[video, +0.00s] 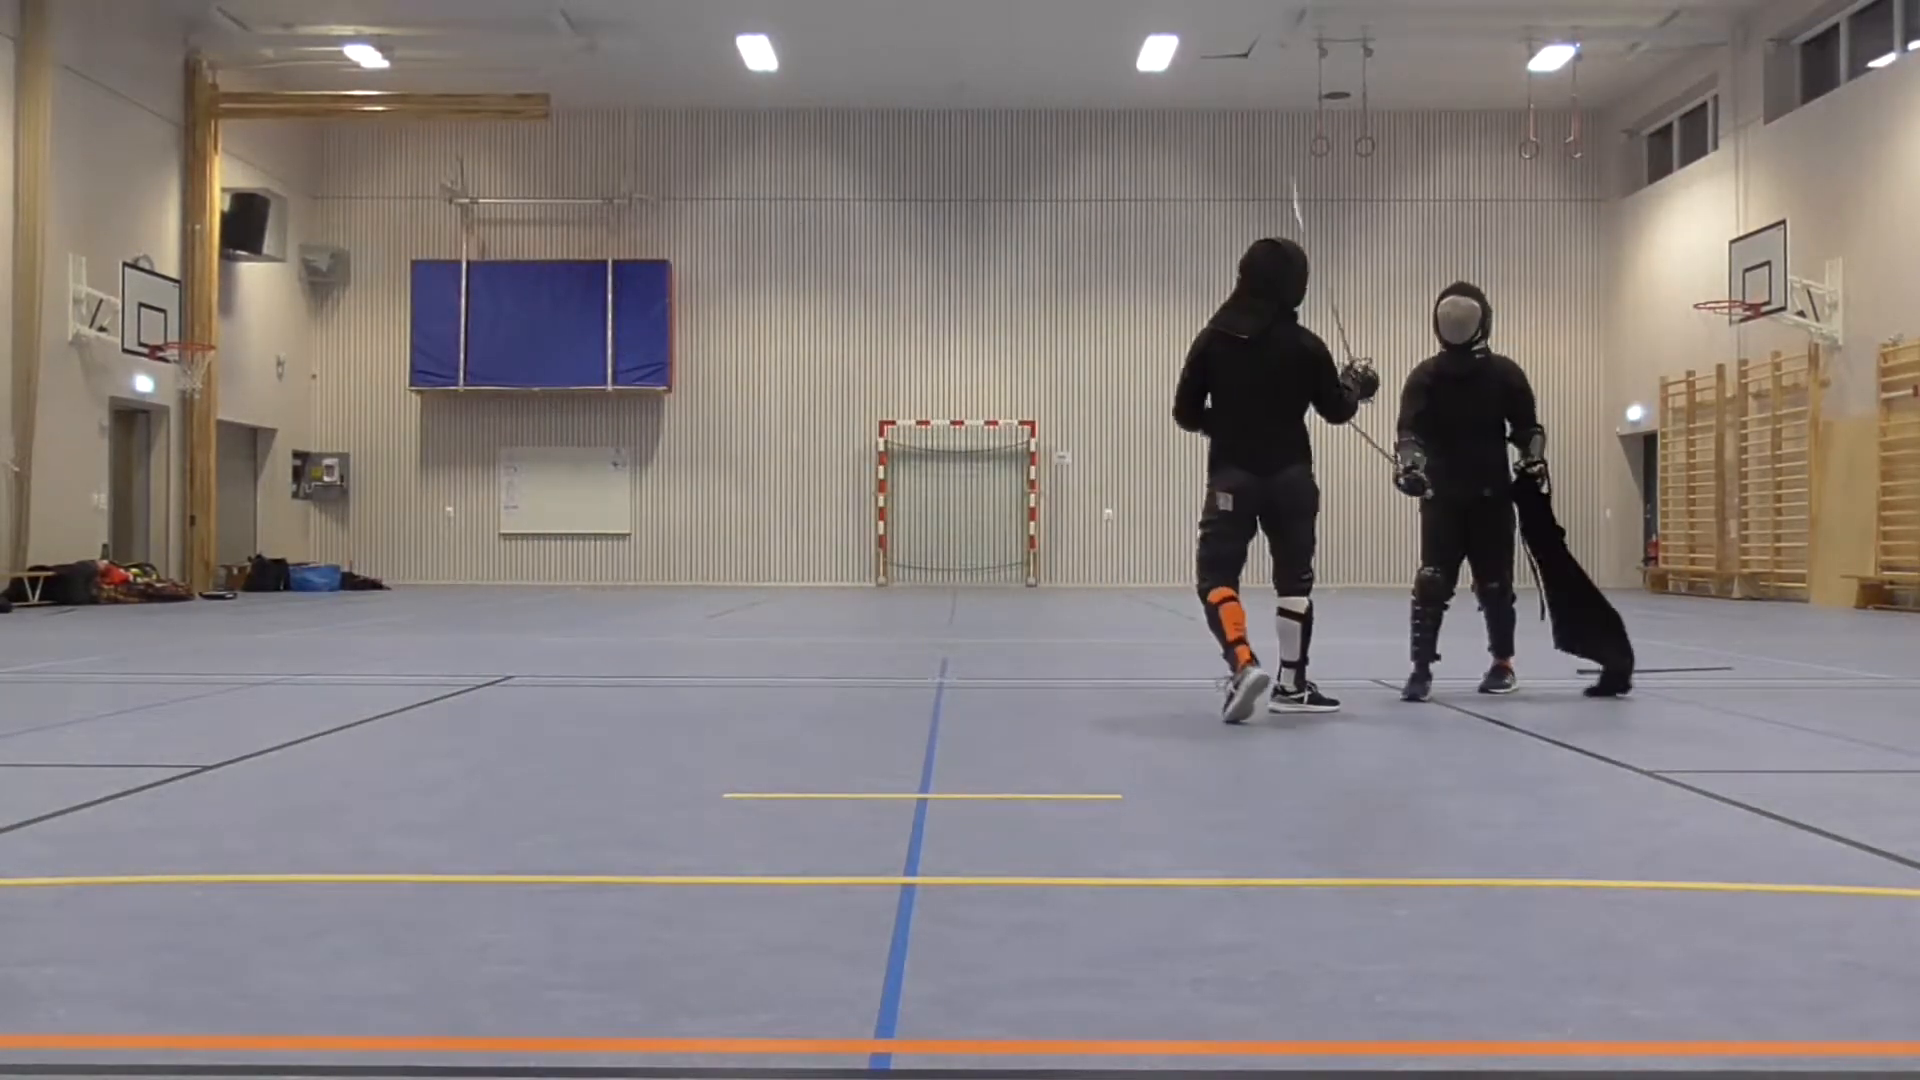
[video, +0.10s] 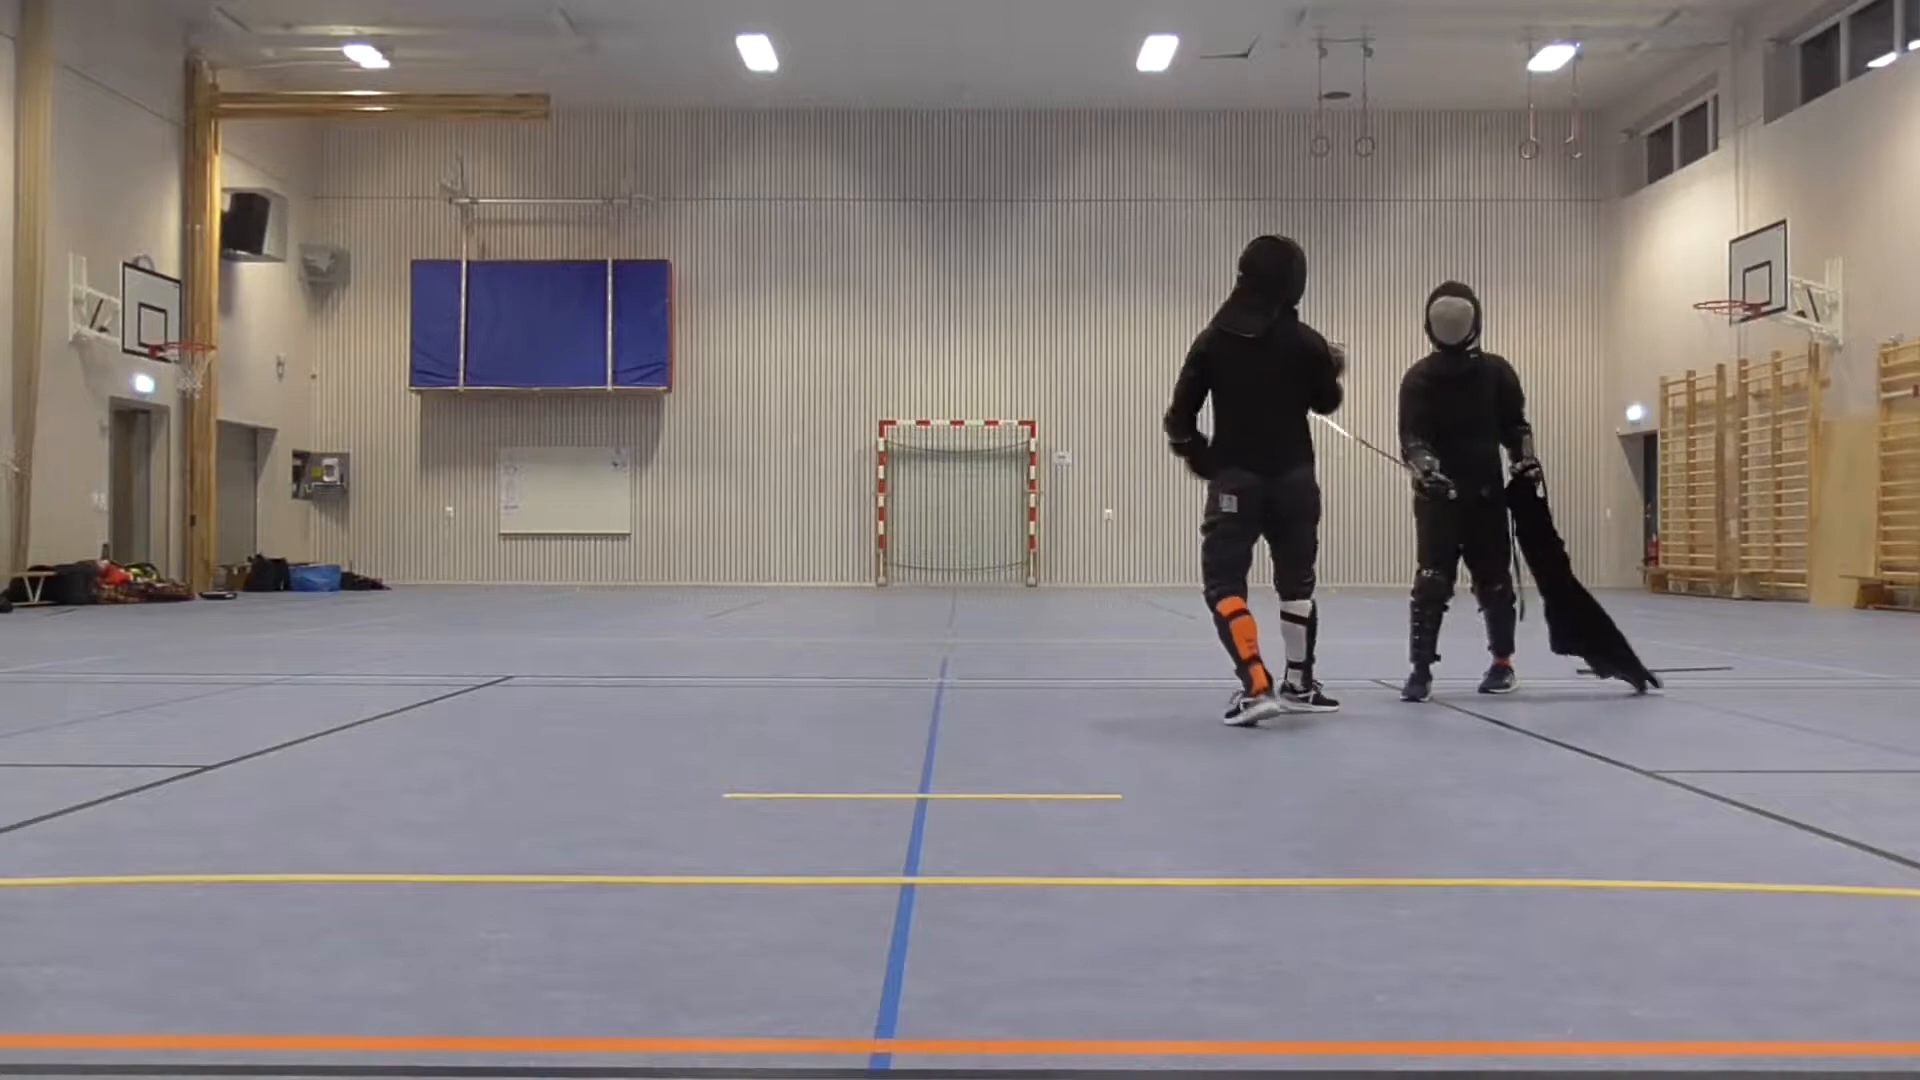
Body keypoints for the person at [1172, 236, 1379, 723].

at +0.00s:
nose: (1304, 290)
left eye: (1302, 282)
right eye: (1301, 283)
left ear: (1246, 280)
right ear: (1294, 288)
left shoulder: (1215, 339)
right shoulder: (1304, 346)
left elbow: (1186, 414)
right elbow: (1335, 411)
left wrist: (1230, 421)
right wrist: (1356, 389)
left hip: (1231, 482)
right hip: (1292, 482)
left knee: (1217, 577)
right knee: (1295, 577)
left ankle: (1244, 667)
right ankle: (1292, 684)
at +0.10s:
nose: (1299, 292)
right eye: (1298, 284)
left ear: (1243, 279)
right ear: (1293, 286)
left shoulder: (1215, 340)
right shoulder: (1306, 343)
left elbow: (1179, 418)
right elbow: (1326, 401)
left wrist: (1206, 464)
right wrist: (1326, 366)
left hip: (1234, 484)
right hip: (1295, 485)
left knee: (1224, 584)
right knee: (1297, 581)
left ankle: (1258, 686)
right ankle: (1300, 683)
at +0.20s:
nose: (1304, 287)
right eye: (1302, 279)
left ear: (1245, 276)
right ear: (1295, 283)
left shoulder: (1217, 337)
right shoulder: (1309, 344)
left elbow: (1179, 404)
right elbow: (1307, 399)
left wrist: (1167, 457)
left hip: (1232, 480)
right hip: (1295, 479)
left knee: (1225, 588)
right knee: (1308, 577)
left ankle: (1261, 696)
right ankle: (1320, 684)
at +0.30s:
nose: (1301, 284)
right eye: (1300, 276)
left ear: (1245, 270)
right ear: (1296, 279)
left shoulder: (1215, 332)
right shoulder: (1308, 343)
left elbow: (1167, 395)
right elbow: (1301, 404)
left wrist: (1153, 450)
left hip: (1232, 482)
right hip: (1296, 481)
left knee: (1224, 588)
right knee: (1311, 572)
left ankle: (1262, 696)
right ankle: (1326, 682)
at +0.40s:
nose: (1244, 248)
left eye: (1246, 239)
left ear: (1245, 244)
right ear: (1297, 252)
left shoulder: (1217, 306)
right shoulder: (1311, 319)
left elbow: (1177, 366)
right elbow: (1317, 390)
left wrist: (1162, 423)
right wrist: (1284, 421)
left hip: (1233, 460)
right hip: (1298, 460)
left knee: (1230, 570)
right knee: (1306, 555)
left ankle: (1256, 691)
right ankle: (1311, 649)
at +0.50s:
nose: (1234, 233)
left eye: (1239, 224)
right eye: (1239, 224)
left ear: (1248, 228)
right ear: (1300, 233)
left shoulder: (1226, 284)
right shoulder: (1321, 300)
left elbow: (1200, 352)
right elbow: (1330, 382)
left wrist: (1181, 402)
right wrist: (1298, 416)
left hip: (1238, 446)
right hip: (1303, 448)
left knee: (1227, 560)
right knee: (1296, 556)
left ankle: (1236, 680)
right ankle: (1309, 654)